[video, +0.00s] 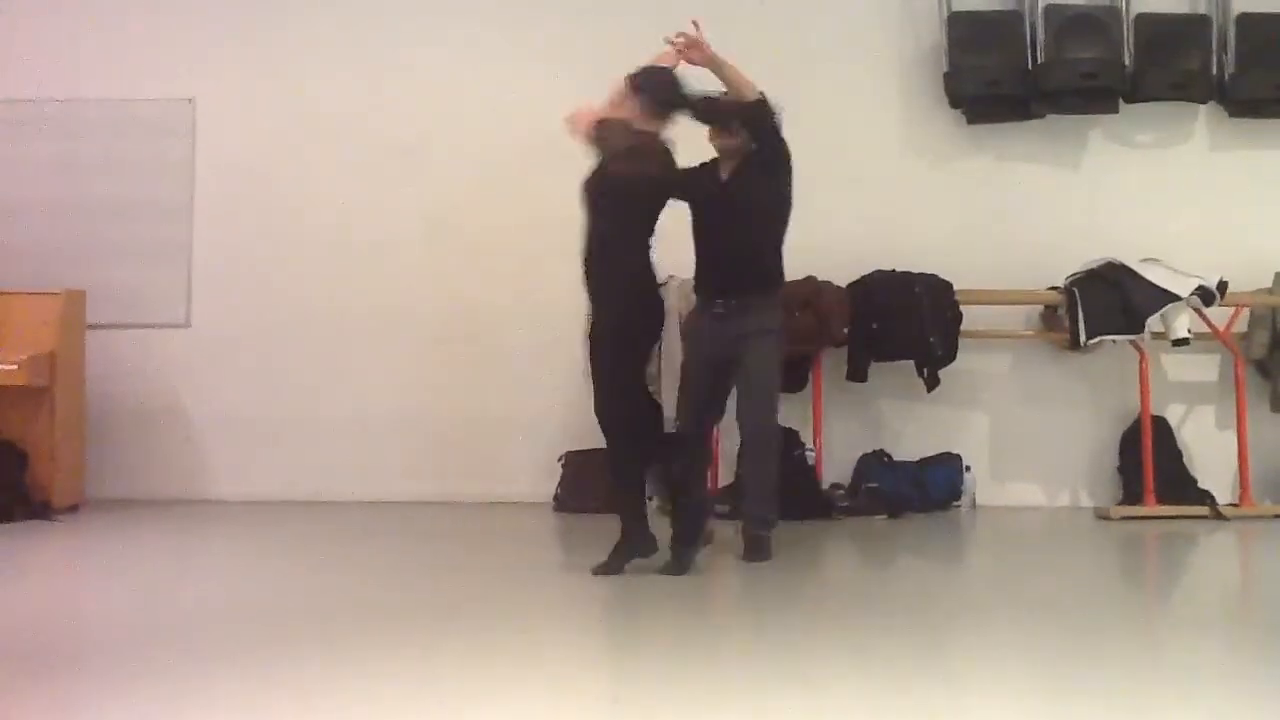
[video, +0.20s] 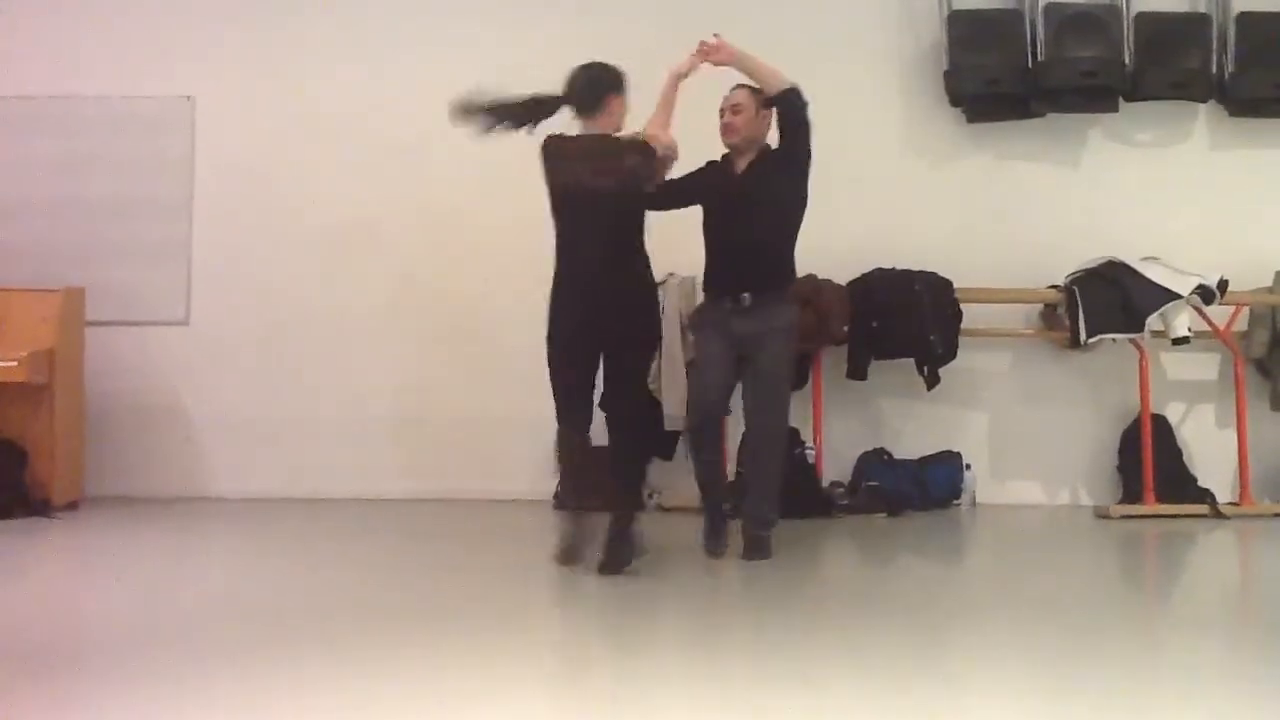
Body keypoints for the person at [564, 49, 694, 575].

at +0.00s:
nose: (616, 98)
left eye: (623, 93)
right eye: (622, 91)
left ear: (635, 103)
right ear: (666, 108)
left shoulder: (630, 156)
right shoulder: (651, 153)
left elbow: (584, 124)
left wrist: (612, 117)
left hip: (622, 304)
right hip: (631, 299)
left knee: (617, 411)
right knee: (631, 404)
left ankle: (634, 529)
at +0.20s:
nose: (624, 107)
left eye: (622, 100)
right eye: (622, 99)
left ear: (575, 104)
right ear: (613, 103)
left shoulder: (553, 150)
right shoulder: (633, 157)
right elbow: (667, 145)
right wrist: (675, 79)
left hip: (572, 302)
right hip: (627, 302)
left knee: (571, 413)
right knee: (626, 410)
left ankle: (572, 522)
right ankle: (622, 533)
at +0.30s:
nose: (612, 104)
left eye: (609, 95)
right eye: (607, 96)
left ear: (565, 106)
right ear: (590, 103)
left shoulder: (544, 157)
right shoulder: (614, 158)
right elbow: (665, 145)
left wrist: (647, 151)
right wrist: (683, 77)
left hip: (565, 303)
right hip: (619, 302)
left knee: (570, 418)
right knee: (620, 420)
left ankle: (550, 528)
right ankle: (608, 537)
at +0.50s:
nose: (587, 117)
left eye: (582, 108)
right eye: (579, 108)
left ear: (547, 117)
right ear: (555, 116)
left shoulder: (533, 169)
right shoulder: (569, 167)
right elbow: (648, 133)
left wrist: (630, 136)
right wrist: (685, 73)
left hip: (553, 308)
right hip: (582, 311)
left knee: (565, 425)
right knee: (620, 418)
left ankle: (534, 535)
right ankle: (584, 535)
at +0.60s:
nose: (575, 118)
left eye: (571, 109)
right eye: (567, 110)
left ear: (537, 119)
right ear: (542, 118)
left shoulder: (526, 170)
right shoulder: (559, 164)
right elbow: (643, 127)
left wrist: (622, 132)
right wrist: (680, 71)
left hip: (532, 316)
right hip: (559, 318)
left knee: (555, 422)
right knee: (615, 411)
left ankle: (533, 536)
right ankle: (571, 526)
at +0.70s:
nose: (571, 121)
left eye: (567, 113)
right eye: (562, 113)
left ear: (535, 122)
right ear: (537, 122)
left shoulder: (527, 172)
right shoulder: (551, 169)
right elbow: (638, 132)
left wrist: (618, 137)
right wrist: (678, 74)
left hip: (533, 318)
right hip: (547, 323)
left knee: (547, 425)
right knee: (604, 414)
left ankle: (537, 533)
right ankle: (546, 529)